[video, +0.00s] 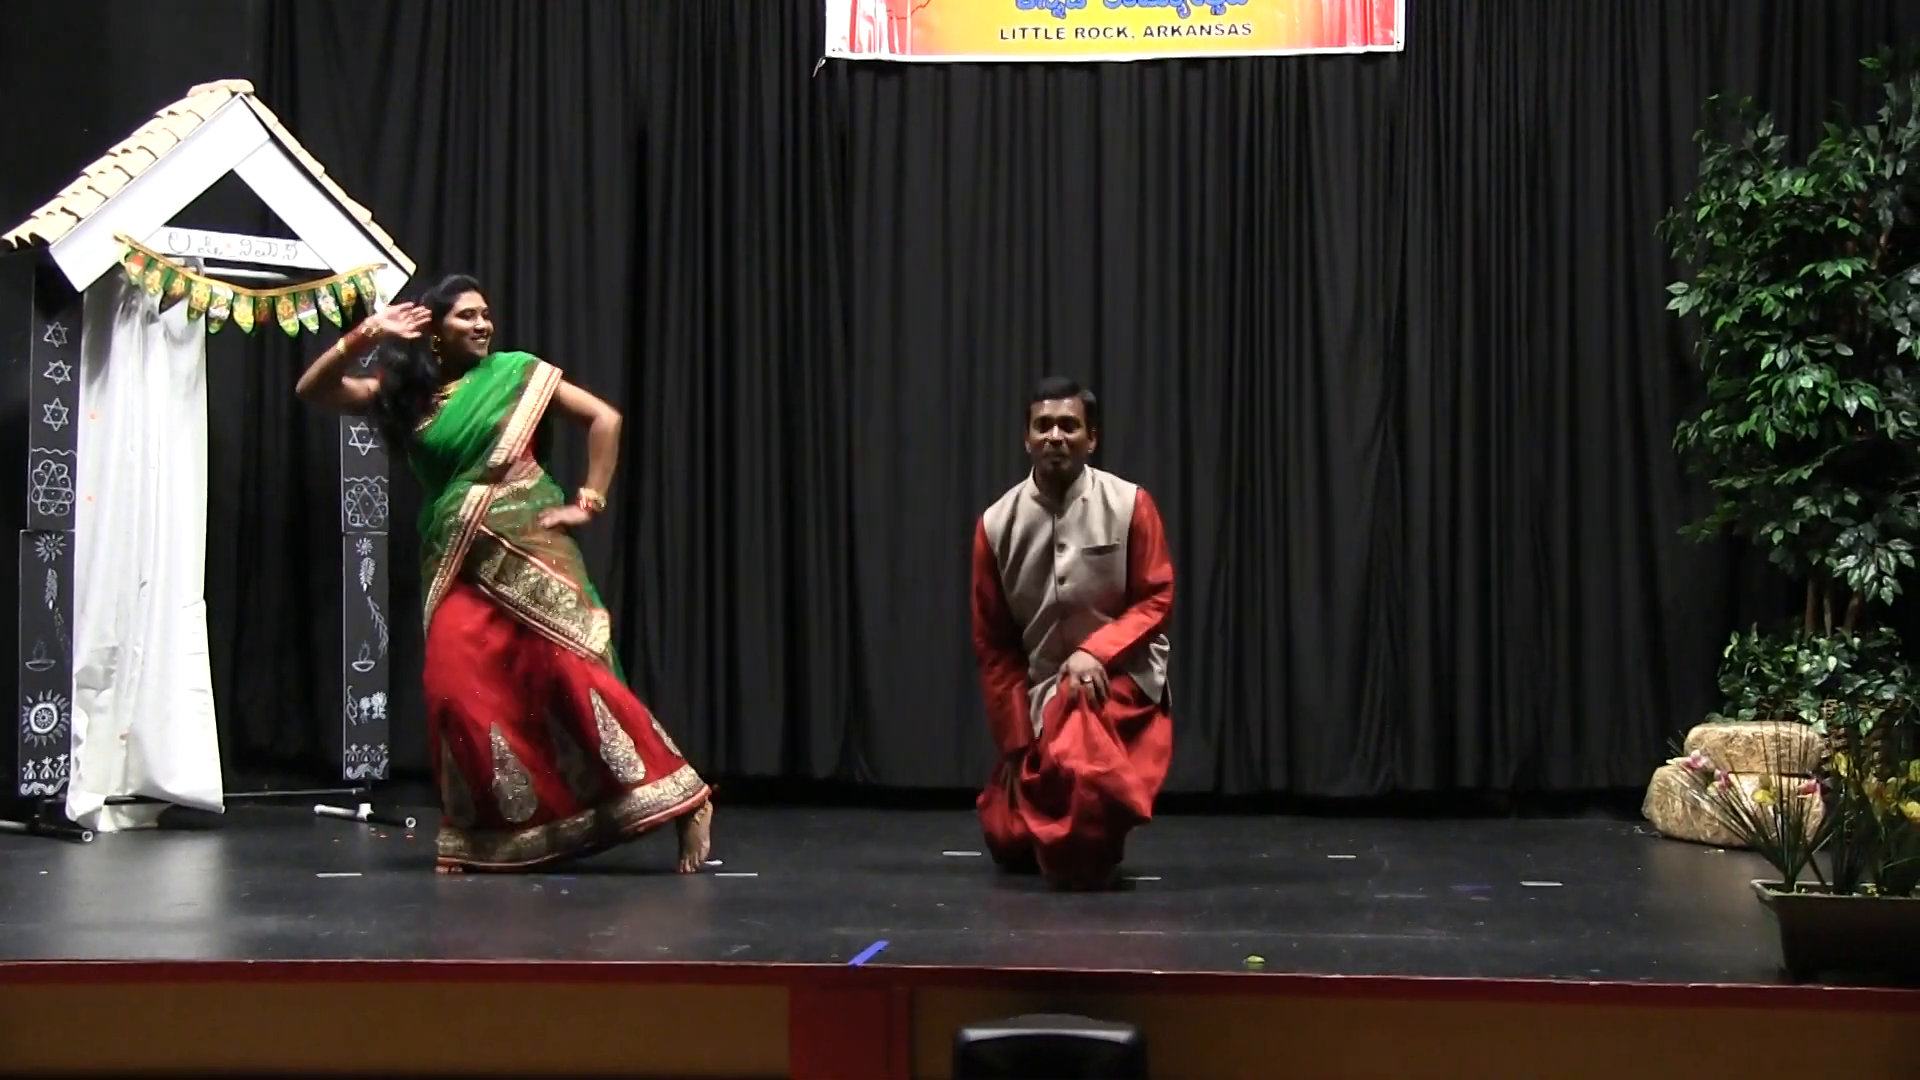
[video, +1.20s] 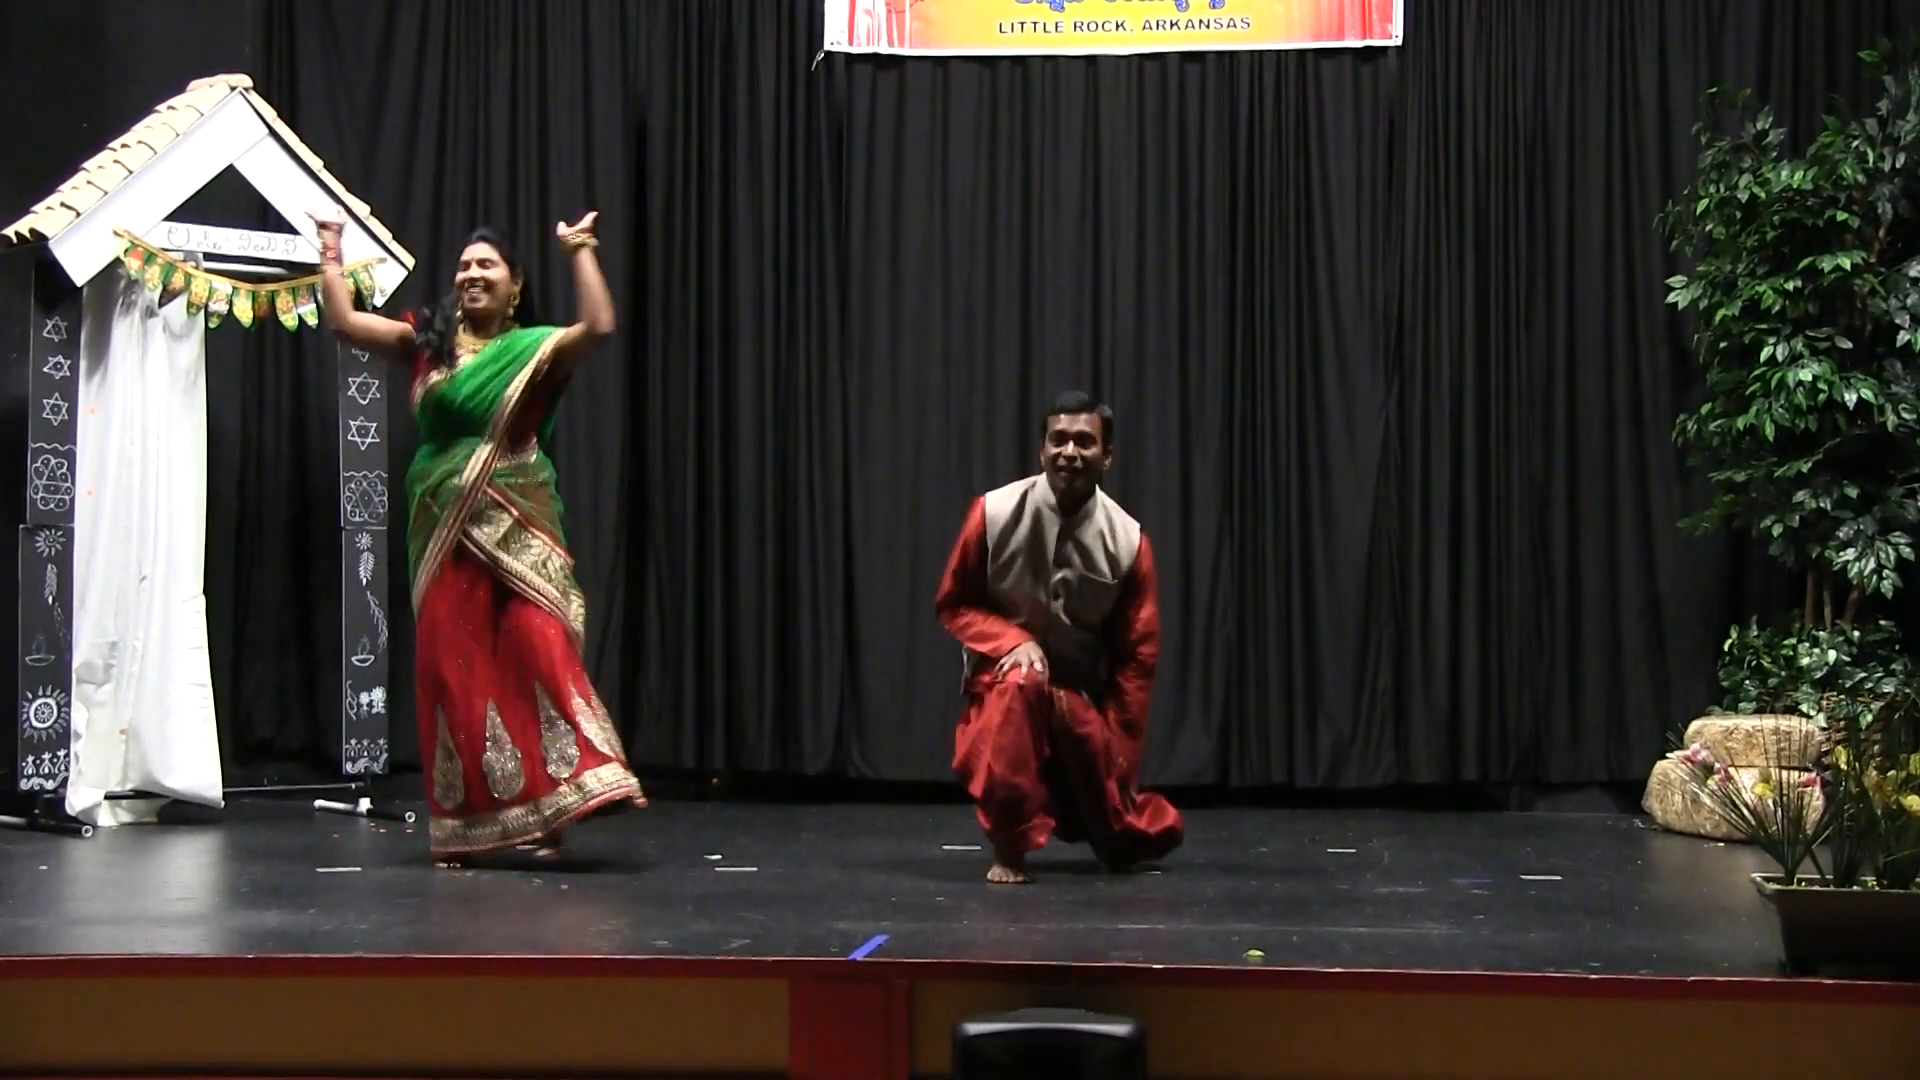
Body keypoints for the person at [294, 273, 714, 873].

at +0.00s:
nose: (483, 324)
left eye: (486, 315)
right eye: (468, 316)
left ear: (491, 321)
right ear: (433, 327)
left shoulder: (516, 372)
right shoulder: (407, 392)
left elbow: (604, 418)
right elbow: (312, 391)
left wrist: (589, 500)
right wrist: (359, 338)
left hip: (536, 548)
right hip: (461, 560)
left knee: (570, 673)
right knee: (448, 685)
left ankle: (687, 800)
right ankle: (478, 833)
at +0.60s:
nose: (470, 310)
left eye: (477, 302)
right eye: (454, 303)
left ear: (491, 317)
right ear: (430, 323)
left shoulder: (528, 369)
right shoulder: (415, 393)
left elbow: (620, 415)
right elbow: (335, 451)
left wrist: (630, 499)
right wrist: (297, 389)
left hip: (531, 550)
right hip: (450, 557)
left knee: (569, 678)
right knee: (443, 687)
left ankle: (682, 803)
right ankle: (458, 828)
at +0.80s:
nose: (464, 300)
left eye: (476, 294)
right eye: (451, 296)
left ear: (497, 317)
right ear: (436, 322)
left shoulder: (530, 370)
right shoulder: (412, 389)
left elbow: (611, 436)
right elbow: (346, 463)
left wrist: (651, 518)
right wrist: (270, 490)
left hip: (533, 550)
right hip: (452, 560)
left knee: (584, 677)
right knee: (447, 686)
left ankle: (688, 802)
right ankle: (463, 828)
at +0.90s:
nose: (462, 302)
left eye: (474, 294)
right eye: (451, 294)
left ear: (497, 311)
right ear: (436, 312)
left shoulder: (527, 374)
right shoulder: (414, 382)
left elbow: (572, 456)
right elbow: (372, 468)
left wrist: (556, 539)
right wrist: (362, 517)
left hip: (525, 551)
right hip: (447, 557)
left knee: (581, 674)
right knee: (445, 678)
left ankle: (684, 800)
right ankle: (457, 821)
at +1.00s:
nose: (463, 305)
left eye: (475, 297)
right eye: (453, 297)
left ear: (499, 315)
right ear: (437, 315)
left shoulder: (528, 376)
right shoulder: (420, 384)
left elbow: (522, 446)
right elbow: (389, 453)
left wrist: (452, 422)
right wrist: (418, 430)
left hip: (524, 547)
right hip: (447, 555)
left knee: (583, 664)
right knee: (444, 682)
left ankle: (671, 797)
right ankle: (463, 822)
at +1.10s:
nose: (467, 296)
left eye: (479, 288)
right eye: (457, 288)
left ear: (500, 307)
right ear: (444, 307)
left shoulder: (517, 373)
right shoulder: (426, 376)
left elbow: (542, 380)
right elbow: (389, 370)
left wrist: (515, 308)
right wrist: (379, 318)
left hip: (522, 539)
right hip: (445, 546)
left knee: (570, 660)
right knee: (447, 682)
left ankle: (624, 802)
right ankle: (477, 827)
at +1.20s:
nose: (470, 274)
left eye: (485, 267)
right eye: (462, 267)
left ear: (514, 289)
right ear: (454, 287)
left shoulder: (533, 346)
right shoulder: (429, 341)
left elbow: (599, 325)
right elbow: (346, 321)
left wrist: (581, 249)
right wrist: (330, 248)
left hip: (519, 518)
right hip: (444, 525)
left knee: (537, 641)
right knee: (449, 665)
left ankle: (553, 808)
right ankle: (469, 825)